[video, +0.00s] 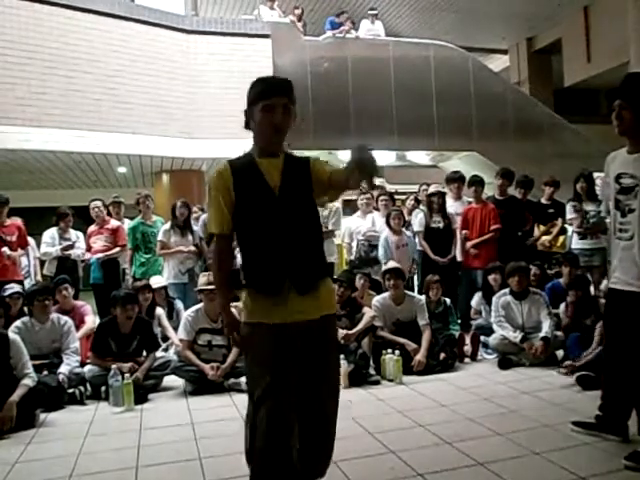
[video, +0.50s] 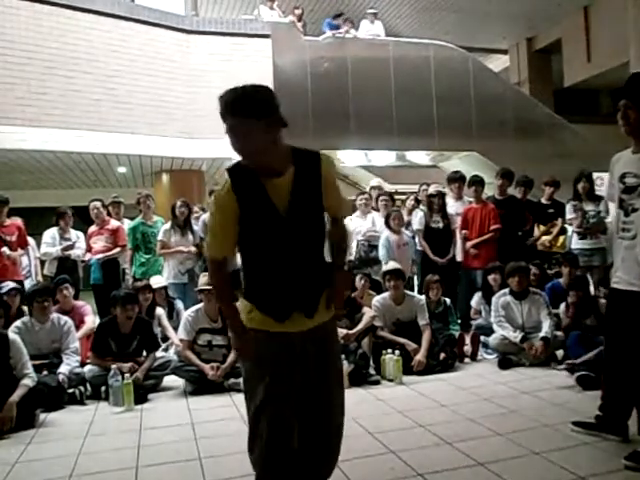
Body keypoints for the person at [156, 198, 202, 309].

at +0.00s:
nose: (182, 211)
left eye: (184, 208)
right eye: (179, 208)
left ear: (188, 211)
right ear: (174, 211)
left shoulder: (192, 230)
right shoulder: (166, 229)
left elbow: (200, 250)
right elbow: (159, 251)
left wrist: (192, 249)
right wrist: (179, 249)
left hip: (191, 274)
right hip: (173, 274)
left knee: (191, 309)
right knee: (178, 310)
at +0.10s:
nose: (182, 211)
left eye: (184, 207)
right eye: (179, 207)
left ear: (188, 211)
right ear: (174, 211)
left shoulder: (192, 229)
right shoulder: (167, 229)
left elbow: (199, 249)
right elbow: (159, 251)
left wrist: (193, 249)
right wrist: (179, 249)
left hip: (191, 273)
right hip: (173, 274)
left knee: (191, 309)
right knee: (178, 309)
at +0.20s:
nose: (182, 211)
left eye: (184, 208)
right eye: (179, 208)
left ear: (188, 211)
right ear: (174, 211)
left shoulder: (192, 230)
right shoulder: (166, 229)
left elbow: (200, 249)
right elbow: (159, 251)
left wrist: (192, 249)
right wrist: (178, 249)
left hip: (191, 273)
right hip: (173, 274)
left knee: (191, 309)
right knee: (178, 309)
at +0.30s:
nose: (182, 211)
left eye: (184, 208)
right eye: (179, 208)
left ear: (188, 211)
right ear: (174, 211)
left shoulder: (192, 230)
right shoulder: (166, 229)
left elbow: (201, 249)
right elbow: (159, 251)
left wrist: (192, 249)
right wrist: (178, 249)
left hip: (191, 273)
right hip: (173, 274)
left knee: (191, 309)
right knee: (178, 309)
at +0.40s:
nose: (182, 210)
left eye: (184, 207)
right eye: (179, 207)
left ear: (188, 211)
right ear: (174, 211)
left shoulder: (192, 229)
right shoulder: (167, 229)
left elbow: (198, 248)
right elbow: (159, 251)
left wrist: (192, 250)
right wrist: (178, 249)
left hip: (191, 272)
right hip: (173, 273)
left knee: (192, 308)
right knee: (178, 309)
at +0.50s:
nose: (182, 210)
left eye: (185, 207)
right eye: (179, 207)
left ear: (188, 210)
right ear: (174, 211)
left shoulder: (192, 229)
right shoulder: (167, 229)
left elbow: (198, 247)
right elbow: (159, 251)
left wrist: (193, 250)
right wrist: (178, 249)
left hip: (191, 272)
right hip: (173, 273)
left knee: (192, 308)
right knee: (178, 309)